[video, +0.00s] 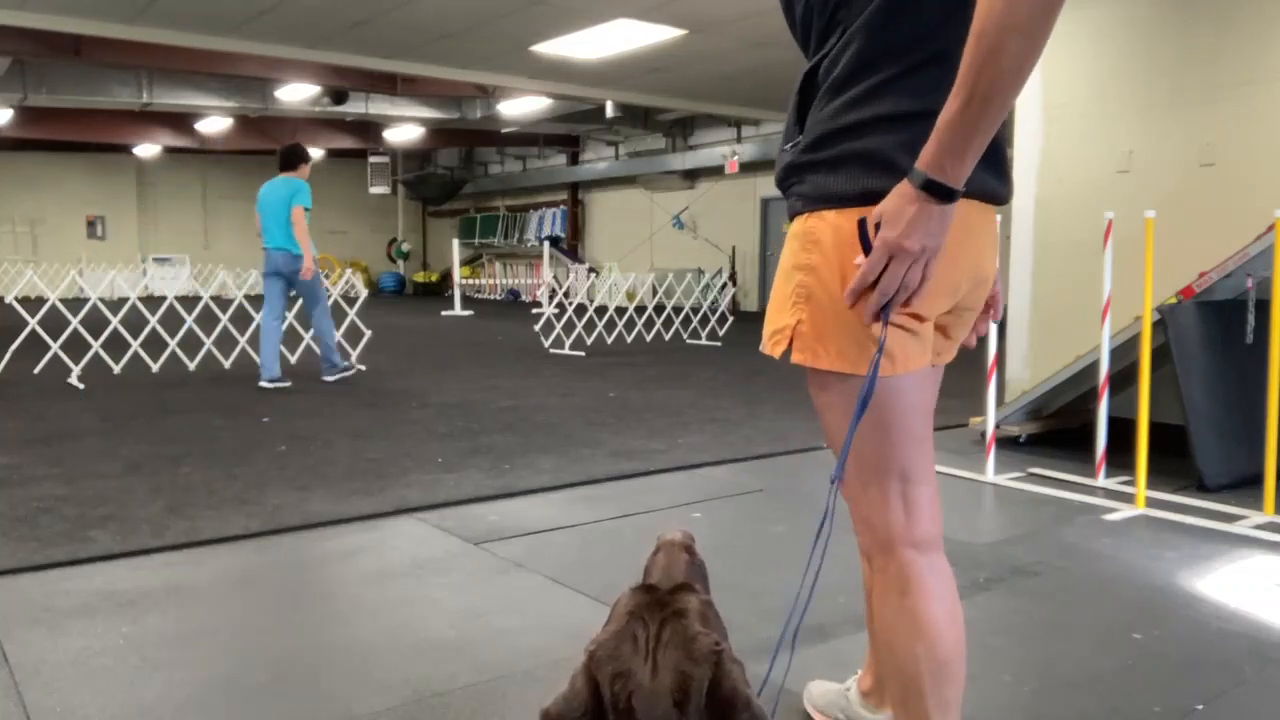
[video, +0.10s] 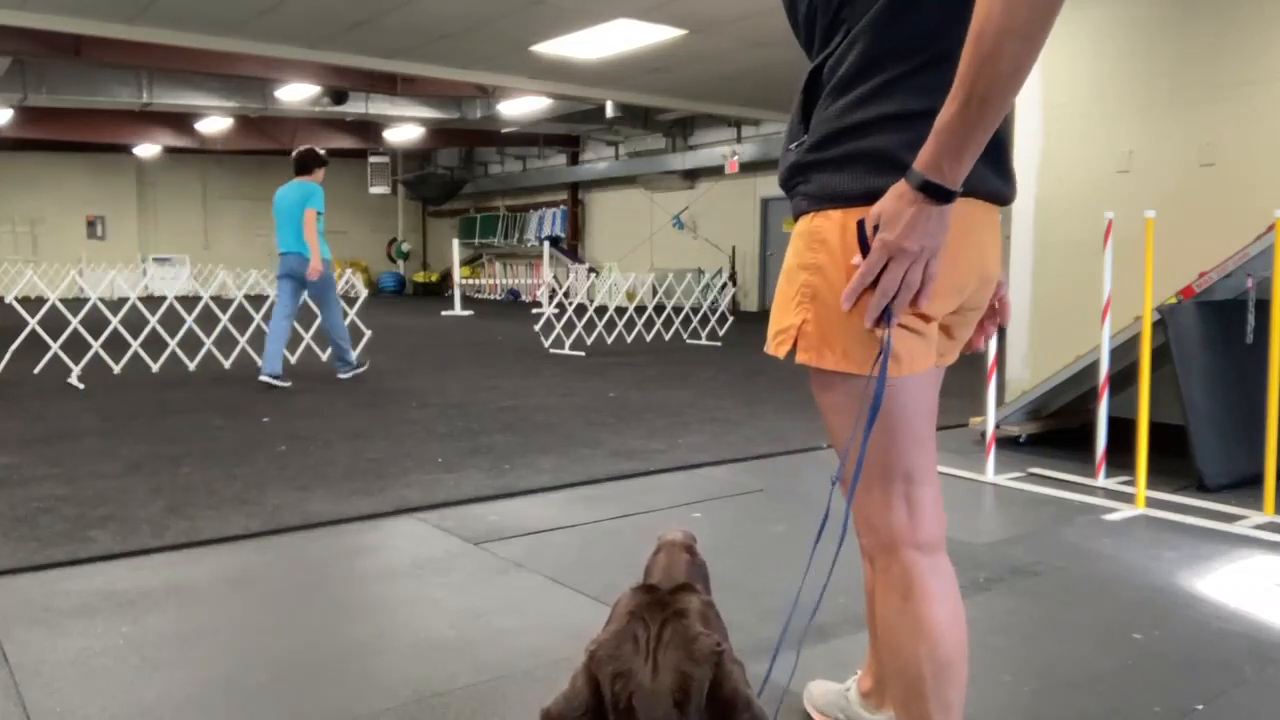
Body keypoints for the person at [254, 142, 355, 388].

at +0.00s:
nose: (310, 171)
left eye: (309, 166)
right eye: (308, 166)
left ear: (283, 165)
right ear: (301, 165)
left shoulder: (265, 188)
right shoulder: (300, 186)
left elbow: (260, 227)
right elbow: (298, 219)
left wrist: (273, 245)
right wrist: (308, 255)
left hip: (271, 254)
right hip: (294, 254)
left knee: (271, 315)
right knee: (319, 306)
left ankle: (269, 374)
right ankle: (333, 363)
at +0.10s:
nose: (324, 175)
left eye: (324, 170)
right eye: (322, 170)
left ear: (298, 169)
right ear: (316, 170)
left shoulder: (281, 192)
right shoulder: (314, 190)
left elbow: (281, 226)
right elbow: (310, 223)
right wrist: (316, 257)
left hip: (287, 257)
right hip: (311, 257)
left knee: (282, 312)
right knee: (331, 310)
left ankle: (270, 370)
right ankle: (346, 361)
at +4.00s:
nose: (303, 182)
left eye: (305, 178)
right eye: (298, 177)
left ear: (308, 182)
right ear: (289, 180)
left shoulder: (305, 203)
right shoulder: (278, 200)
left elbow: (306, 232)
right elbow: (267, 228)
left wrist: (315, 255)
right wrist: (267, 257)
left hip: (301, 257)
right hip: (283, 256)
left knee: (305, 299)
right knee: (285, 300)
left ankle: (308, 341)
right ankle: (277, 343)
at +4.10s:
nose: (300, 181)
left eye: (302, 177)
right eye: (296, 177)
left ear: (305, 181)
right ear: (286, 180)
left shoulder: (301, 202)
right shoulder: (276, 200)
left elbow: (303, 230)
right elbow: (266, 229)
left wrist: (313, 254)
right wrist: (268, 257)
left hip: (299, 256)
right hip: (282, 256)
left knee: (303, 299)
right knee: (284, 299)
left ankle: (306, 340)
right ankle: (277, 343)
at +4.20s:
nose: (298, 180)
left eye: (300, 177)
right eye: (294, 176)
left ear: (303, 180)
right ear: (284, 179)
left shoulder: (300, 202)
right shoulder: (274, 200)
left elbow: (301, 231)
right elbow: (265, 229)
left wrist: (310, 254)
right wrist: (268, 257)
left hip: (298, 256)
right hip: (282, 257)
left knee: (301, 299)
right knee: (283, 300)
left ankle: (301, 339)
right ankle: (278, 343)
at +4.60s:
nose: (293, 181)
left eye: (295, 177)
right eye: (288, 176)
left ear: (298, 181)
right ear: (279, 179)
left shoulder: (295, 202)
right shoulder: (271, 201)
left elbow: (297, 231)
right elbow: (263, 230)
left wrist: (301, 257)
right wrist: (263, 259)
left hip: (296, 255)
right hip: (280, 256)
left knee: (295, 299)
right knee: (284, 299)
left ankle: (286, 340)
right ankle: (276, 343)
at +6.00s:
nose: (278, 185)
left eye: (282, 182)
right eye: (274, 180)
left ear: (284, 187)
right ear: (265, 184)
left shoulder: (278, 206)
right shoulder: (259, 203)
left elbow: (279, 232)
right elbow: (253, 233)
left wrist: (286, 255)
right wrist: (259, 261)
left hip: (284, 256)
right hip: (273, 257)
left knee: (279, 299)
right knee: (284, 297)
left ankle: (274, 340)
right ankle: (277, 342)